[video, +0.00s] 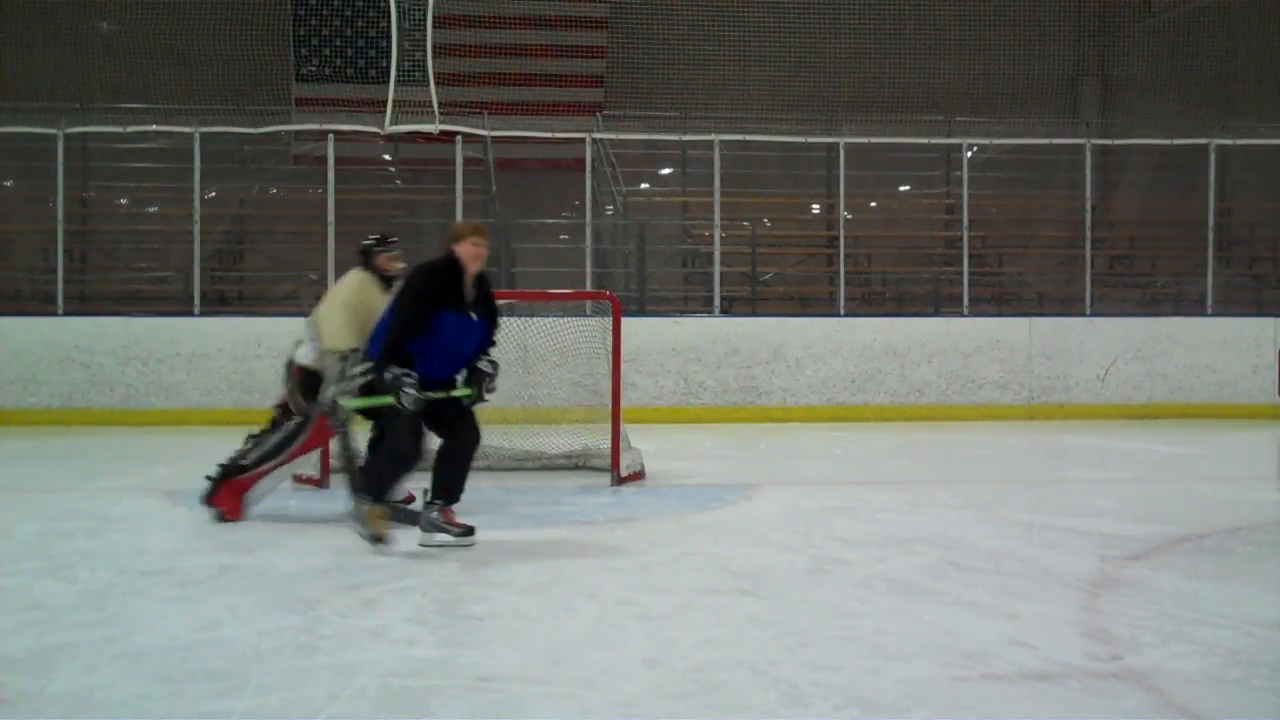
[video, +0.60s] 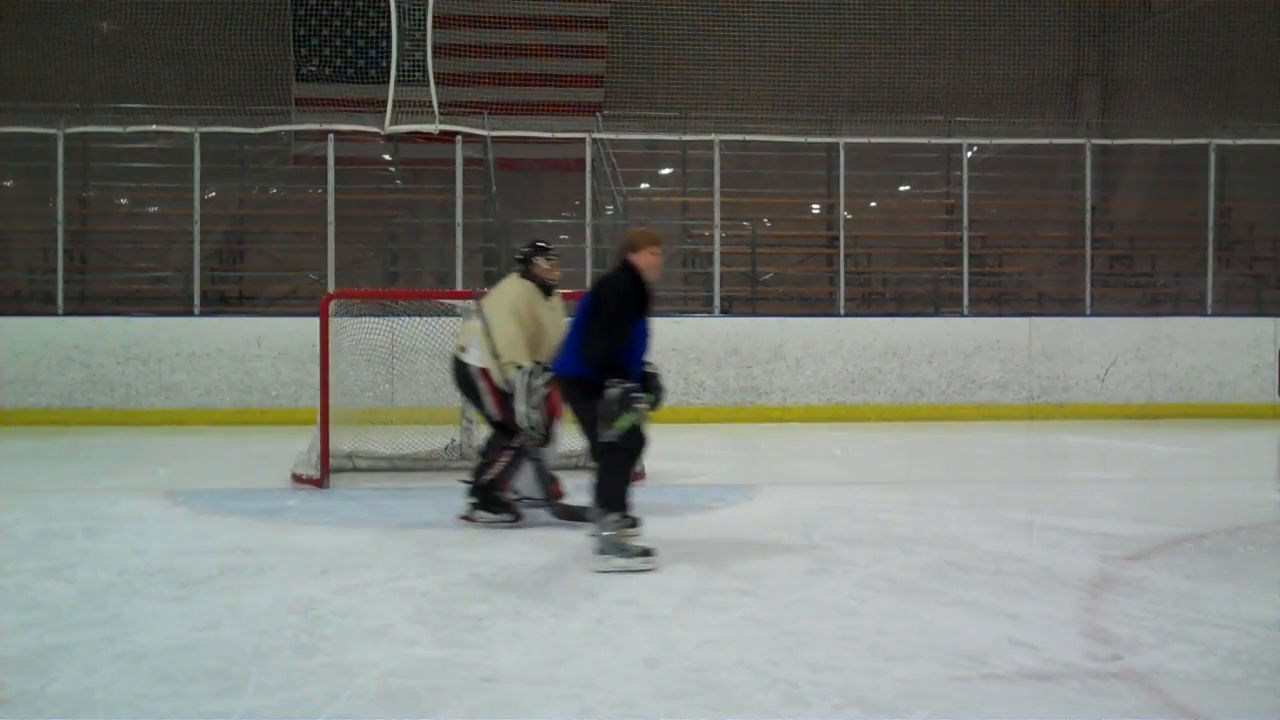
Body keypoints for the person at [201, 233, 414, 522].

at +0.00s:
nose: (394, 263)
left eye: (396, 256)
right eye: (387, 257)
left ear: (399, 258)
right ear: (371, 260)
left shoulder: (388, 290)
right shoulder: (356, 283)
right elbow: (335, 321)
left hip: (350, 367)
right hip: (317, 367)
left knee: (394, 422)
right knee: (304, 432)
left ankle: (375, 486)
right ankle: (232, 485)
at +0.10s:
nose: (426, 258)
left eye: (427, 252)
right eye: (419, 252)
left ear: (426, 255)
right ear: (403, 255)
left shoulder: (413, 284)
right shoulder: (387, 278)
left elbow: (415, 327)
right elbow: (371, 322)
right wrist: (386, 352)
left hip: (375, 359)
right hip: (346, 355)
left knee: (398, 421)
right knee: (336, 424)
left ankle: (384, 487)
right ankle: (279, 484)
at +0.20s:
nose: (450, 257)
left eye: (453, 251)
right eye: (444, 251)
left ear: (455, 254)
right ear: (428, 252)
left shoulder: (447, 283)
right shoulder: (408, 276)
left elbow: (448, 325)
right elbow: (397, 319)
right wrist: (407, 355)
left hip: (403, 353)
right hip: (371, 347)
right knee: (373, 418)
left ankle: (398, 483)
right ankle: (341, 483)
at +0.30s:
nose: (473, 258)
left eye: (477, 252)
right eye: (466, 253)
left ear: (481, 255)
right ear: (450, 253)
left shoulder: (478, 283)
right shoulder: (429, 280)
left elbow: (479, 330)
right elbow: (426, 334)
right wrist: (435, 378)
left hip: (431, 355)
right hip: (392, 349)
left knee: (431, 418)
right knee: (412, 420)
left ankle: (417, 483)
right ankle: (388, 490)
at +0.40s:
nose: (498, 262)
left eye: (501, 256)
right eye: (491, 256)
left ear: (505, 259)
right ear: (474, 258)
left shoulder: (500, 290)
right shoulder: (455, 285)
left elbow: (502, 337)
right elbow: (456, 342)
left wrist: (503, 374)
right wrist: (472, 381)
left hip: (456, 359)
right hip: (419, 352)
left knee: (462, 421)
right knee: (446, 423)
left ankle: (440, 484)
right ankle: (419, 490)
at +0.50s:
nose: (527, 266)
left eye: (529, 260)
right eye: (519, 260)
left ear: (531, 263)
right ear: (502, 262)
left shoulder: (526, 295)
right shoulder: (482, 290)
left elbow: (531, 343)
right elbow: (484, 347)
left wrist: (528, 383)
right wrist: (498, 390)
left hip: (485, 365)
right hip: (448, 358)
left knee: (500, 424)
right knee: (479, 426)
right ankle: (453, 492)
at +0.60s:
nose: (556, 269)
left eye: (557, 263)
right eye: (549, 263)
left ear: (554, 267)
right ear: (531, 265)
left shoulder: (551, 298)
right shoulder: (512, 291)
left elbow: (556, 345)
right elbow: (510, 343)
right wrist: (529, 381)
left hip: (508, 367)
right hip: (476, 362)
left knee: (524, 427)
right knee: (511, 427)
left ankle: (494, 487)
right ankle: (486, 490)